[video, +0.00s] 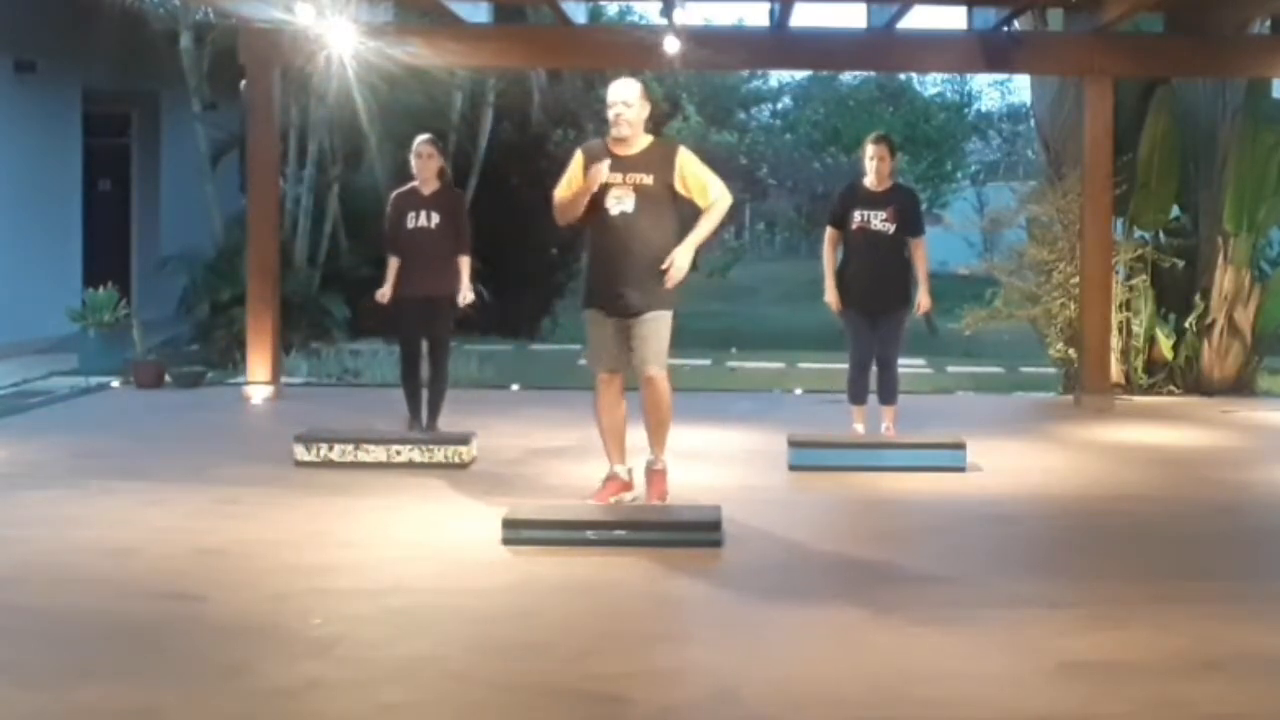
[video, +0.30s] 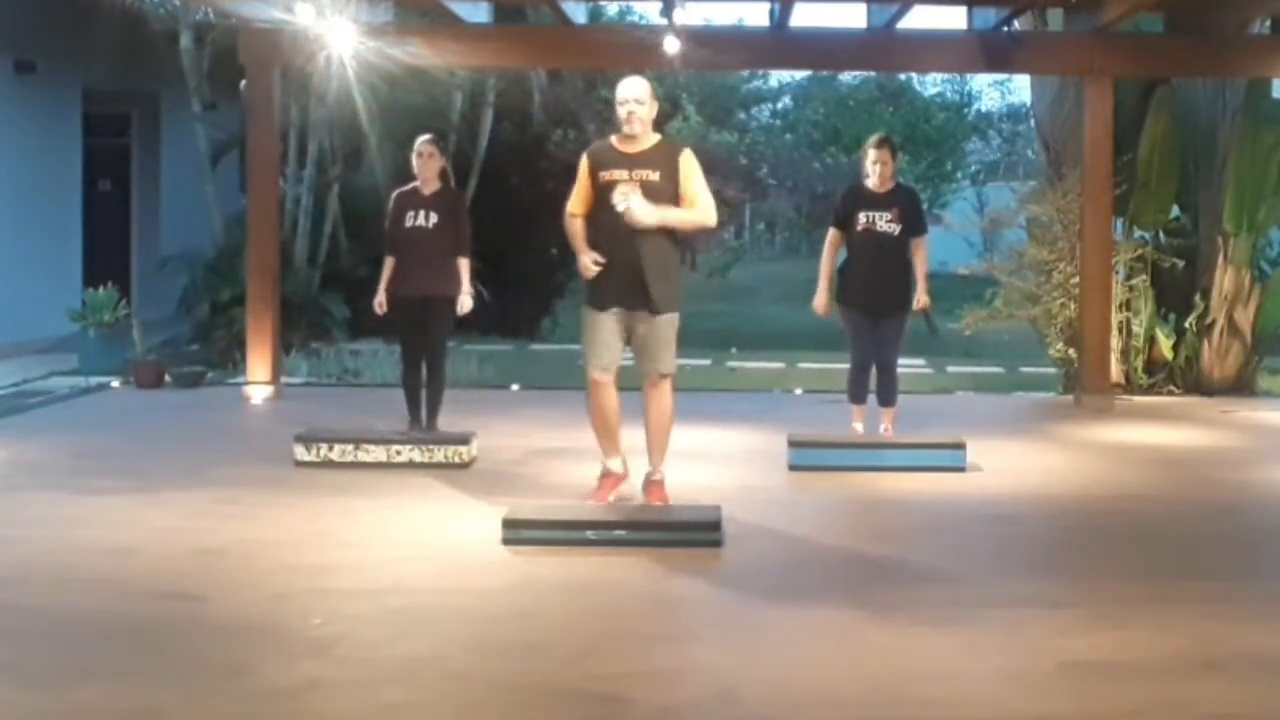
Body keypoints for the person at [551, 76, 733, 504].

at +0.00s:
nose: (616, 114)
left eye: (625, 106)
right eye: (611, 106)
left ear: (645, 111)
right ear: (605, 112)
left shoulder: (672, 156)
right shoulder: (589, 156)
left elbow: (721, 198)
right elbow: (562, 214)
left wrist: (687, 248)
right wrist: (588, 187)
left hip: (652, 290)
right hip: (602, 290)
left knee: (652, 375)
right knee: (607, 379)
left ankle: (657, 465)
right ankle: (618, 473)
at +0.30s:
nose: (630, 110)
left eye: (637, 103)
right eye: (623, 103)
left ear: (655, 108)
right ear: (614, 109)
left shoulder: (679, 157)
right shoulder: (596, 156)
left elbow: (706, 214)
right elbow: (574, 211)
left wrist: (653, 214)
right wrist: (582, 250)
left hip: (657, 289)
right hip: (605, 288)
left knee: (659, 380)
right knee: (599, 377)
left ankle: (656, 475)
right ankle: (613, 467)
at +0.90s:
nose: (618, 111)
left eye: (626, 104)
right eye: (612, 104)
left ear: (643, 109)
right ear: (603, 110)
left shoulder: (671, 156)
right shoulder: (583, 158)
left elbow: (717, 198)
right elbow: (559, 216)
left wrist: (684, 248)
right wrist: (590, 210)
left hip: (654, 292)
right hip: (601, 292)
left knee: (656, 375)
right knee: (604, 380)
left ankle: (659, 469)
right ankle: (614, 474)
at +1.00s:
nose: (620, 110)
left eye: (628, 103)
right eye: (614, 103)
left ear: (645, 108)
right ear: (605, 109)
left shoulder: (672, 156)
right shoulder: (584, 158)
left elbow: (712, 202)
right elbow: (562, 213)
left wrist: (681, 249)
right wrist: (587, 233)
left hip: (655, 290)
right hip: (603, 291)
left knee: (657, 377)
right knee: (605, 381)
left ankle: (657, 470)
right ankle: (614, 474)